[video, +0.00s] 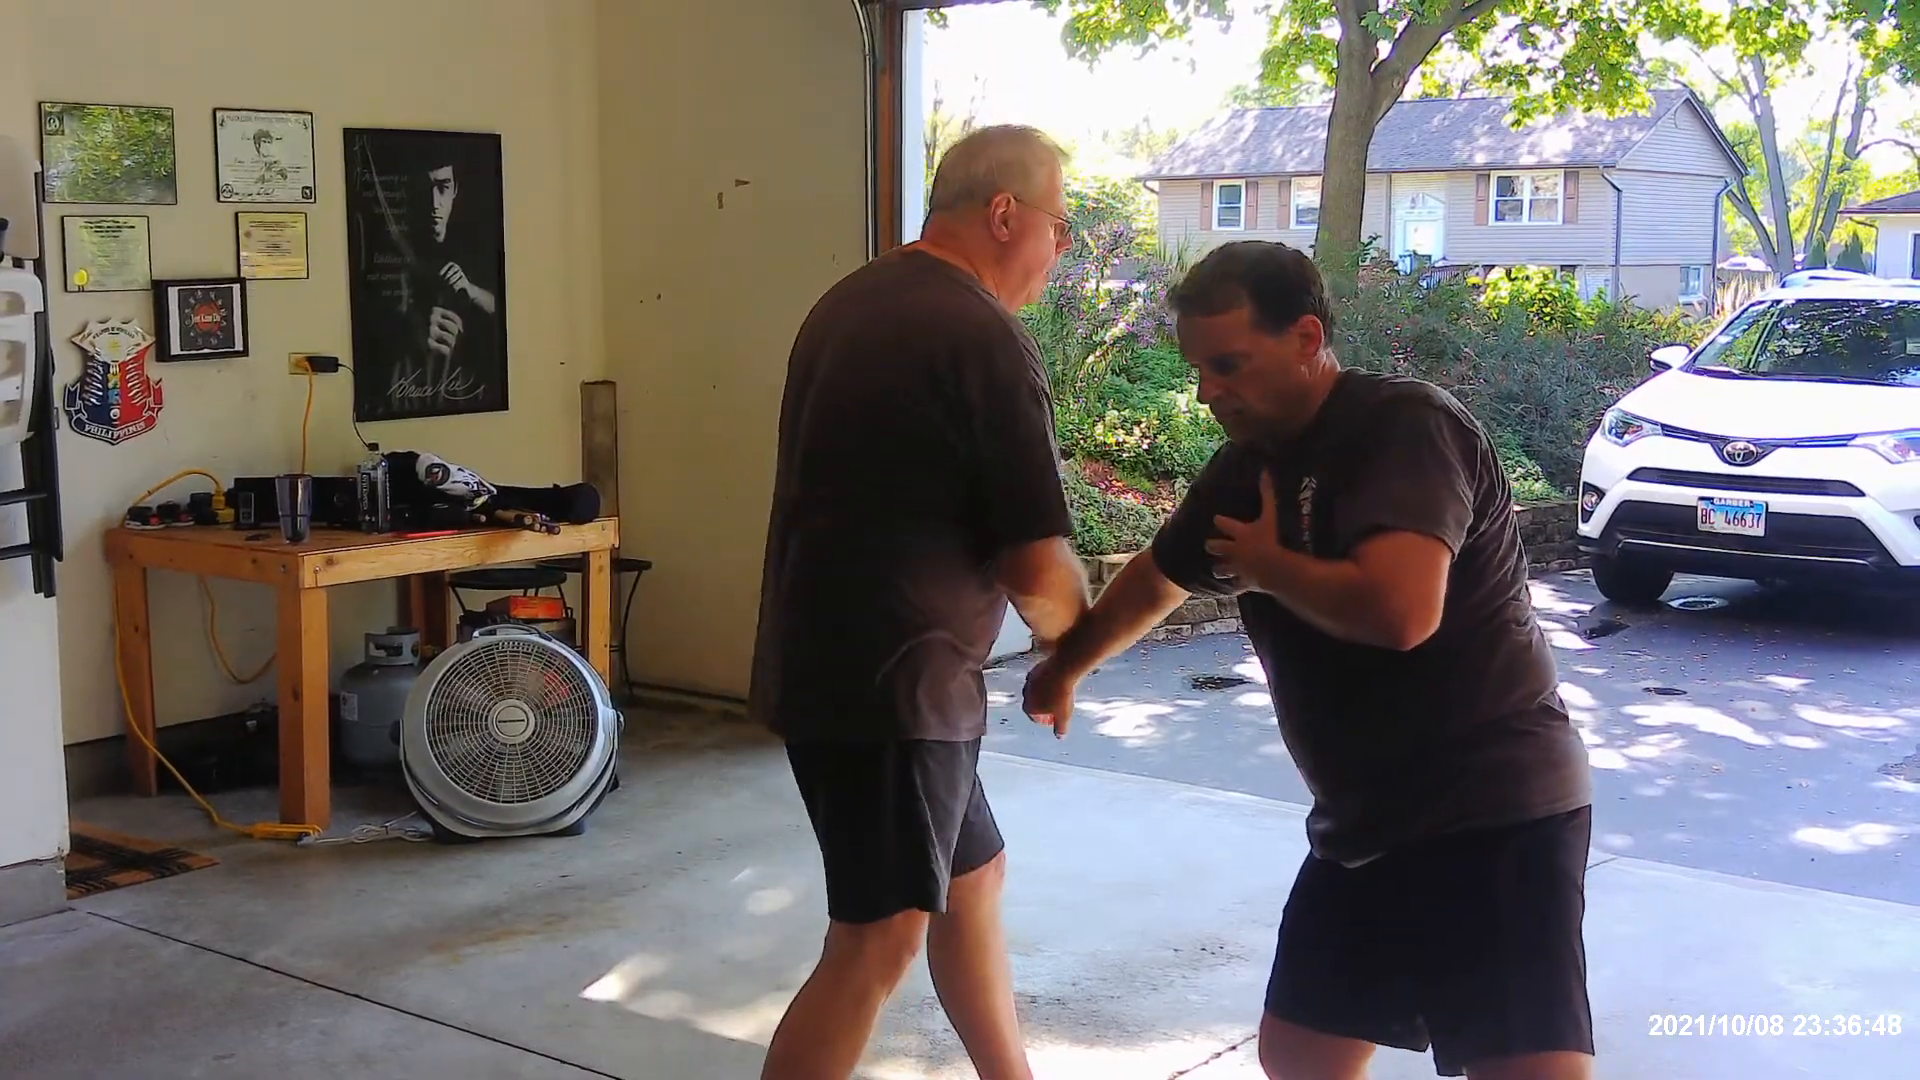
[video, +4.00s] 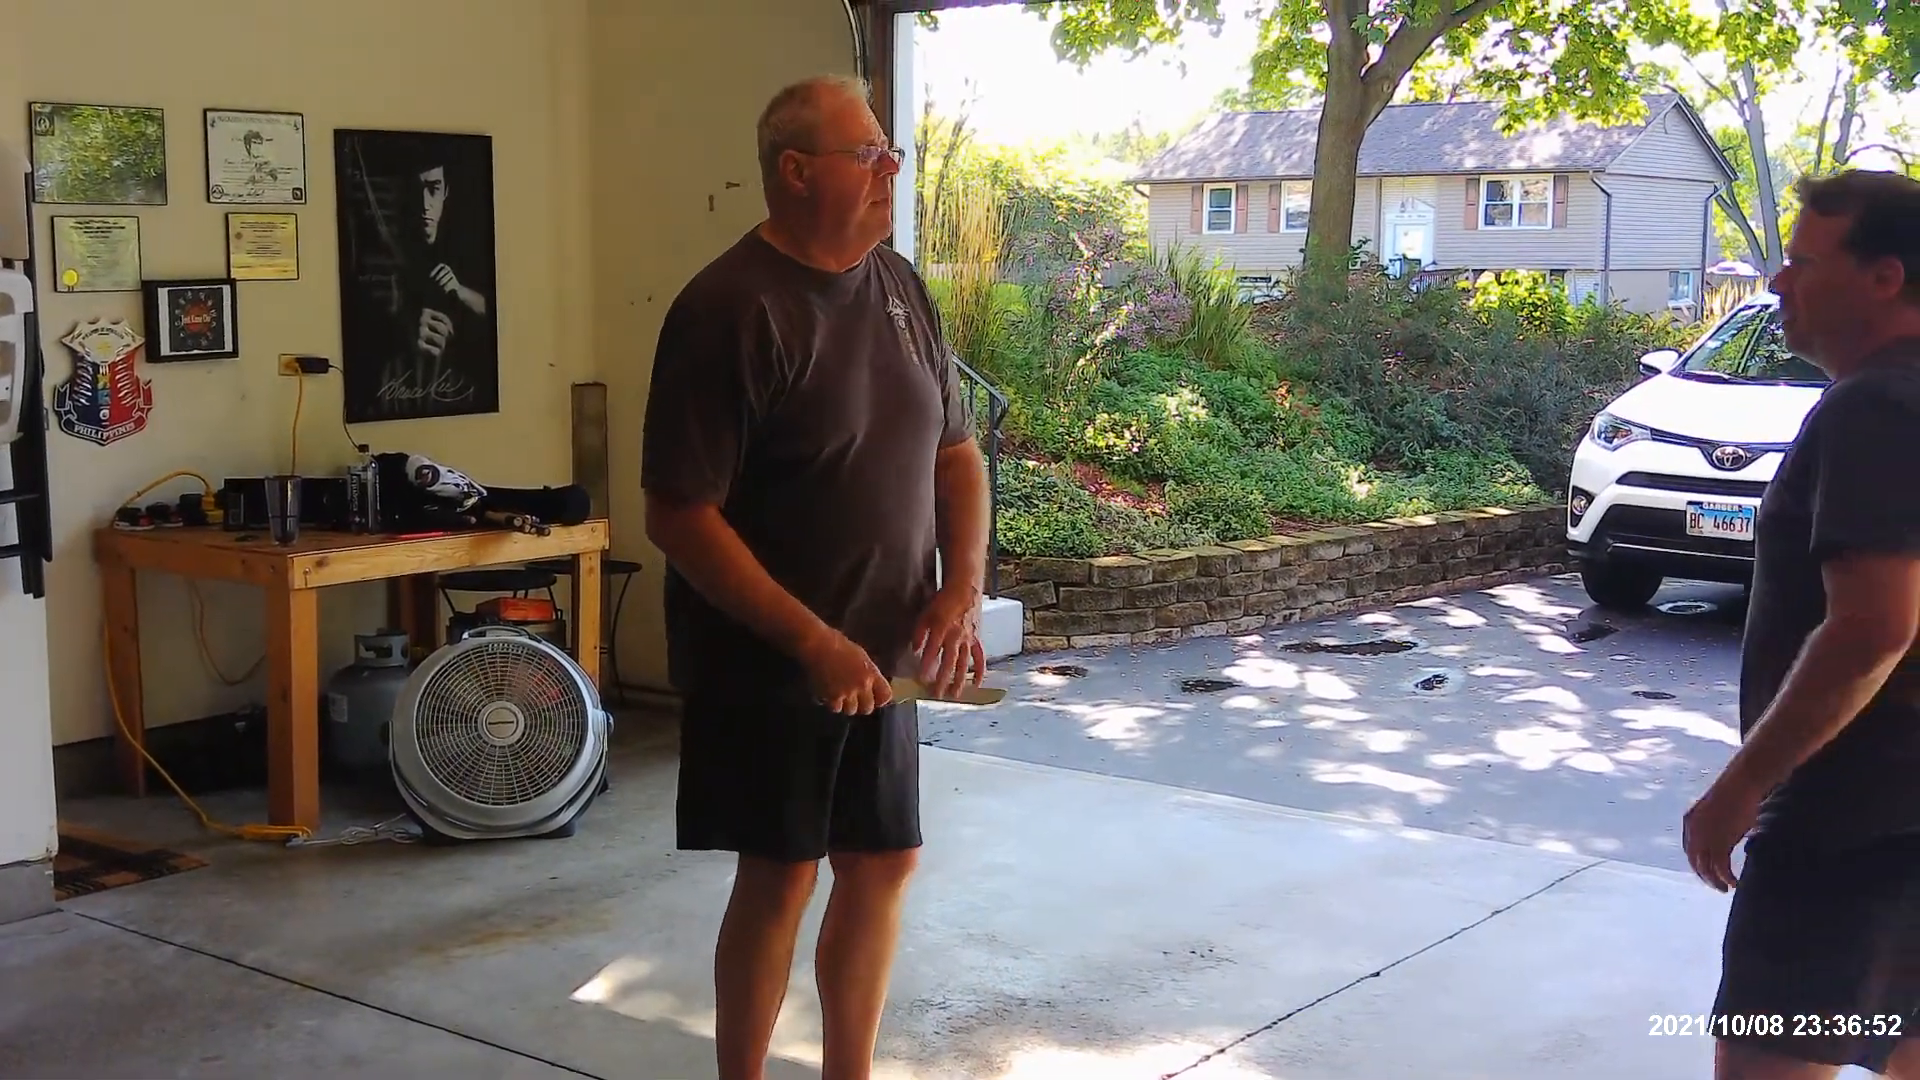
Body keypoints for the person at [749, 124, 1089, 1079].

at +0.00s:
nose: (1059, 257)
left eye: (1064, 235)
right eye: (1058, 230)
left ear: (959, 209)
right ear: (1005, 213)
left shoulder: (850, 301)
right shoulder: (979, 334)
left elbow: (845, 498)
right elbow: (1039, 570)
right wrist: (1070, 637)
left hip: (813, 654)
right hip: (897, 677)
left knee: (969, 869)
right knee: (879, 936)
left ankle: (1010, 1072)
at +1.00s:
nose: (1085, 223)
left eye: (1090, 203)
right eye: (1071, 199)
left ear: (1013, 200)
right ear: (1003, 194)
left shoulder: (995, 309)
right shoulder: (954, 306)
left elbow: (1014, 502)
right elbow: (989, 521)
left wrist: (1037, 641)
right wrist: (1105, 648)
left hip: (965, 650)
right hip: (891, 651)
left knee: (1004, 845)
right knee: (888, 877)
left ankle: (1020, 1073)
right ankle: (775, 1061)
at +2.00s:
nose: (899, 176)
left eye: (897, 159)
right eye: (878, 159)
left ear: (863, 175)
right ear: (808, 170)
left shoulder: (887, 291)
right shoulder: (725, 295)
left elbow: (934, 459)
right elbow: (653, 473)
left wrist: (962, 612)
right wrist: (673, 643)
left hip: (876, 627)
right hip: (772, 636)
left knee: (888, 823)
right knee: (797, 835)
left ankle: (840, 1049)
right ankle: (777, 1063)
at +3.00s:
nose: (956, 193)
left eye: (955, 174)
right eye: (944, 173)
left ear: (887, 176)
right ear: (883, 174)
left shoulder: (907, 289)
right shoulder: (797, 284)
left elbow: (932, 460)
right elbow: (760, 481)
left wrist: (978, 597)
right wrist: (817, 647)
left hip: (889, 631)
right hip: (807, 638)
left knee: (876, 830)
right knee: (822, 847)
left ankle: (839, 1053)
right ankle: (759, 1072)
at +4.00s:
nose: (893, 167)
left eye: (887, 149)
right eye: (870, 152)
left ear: (819, 172)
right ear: (797, 173)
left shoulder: (895, 284)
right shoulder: (721, 310)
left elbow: (955, 447)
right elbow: (677, 512)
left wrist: (962, 585)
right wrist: (816, 639)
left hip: (881, 644)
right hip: (765, 657)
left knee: (882, 860)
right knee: (778, 872)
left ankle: (850, 1072)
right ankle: (741, 1072)